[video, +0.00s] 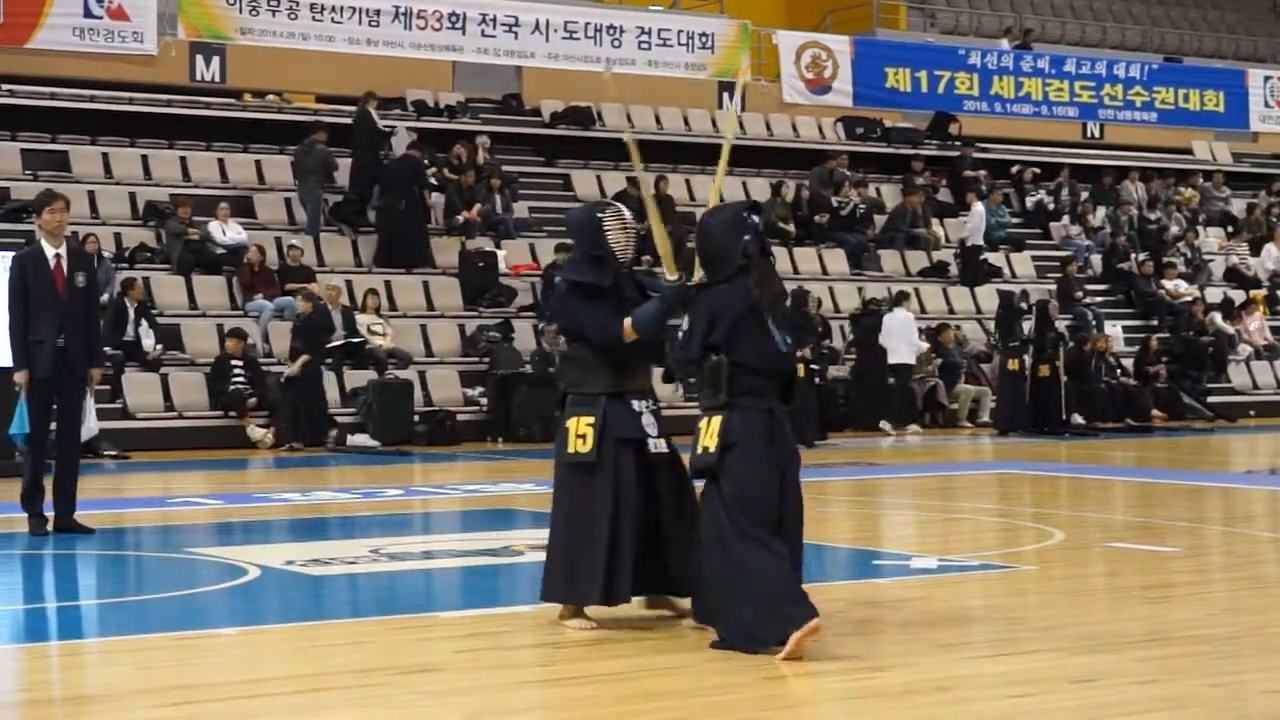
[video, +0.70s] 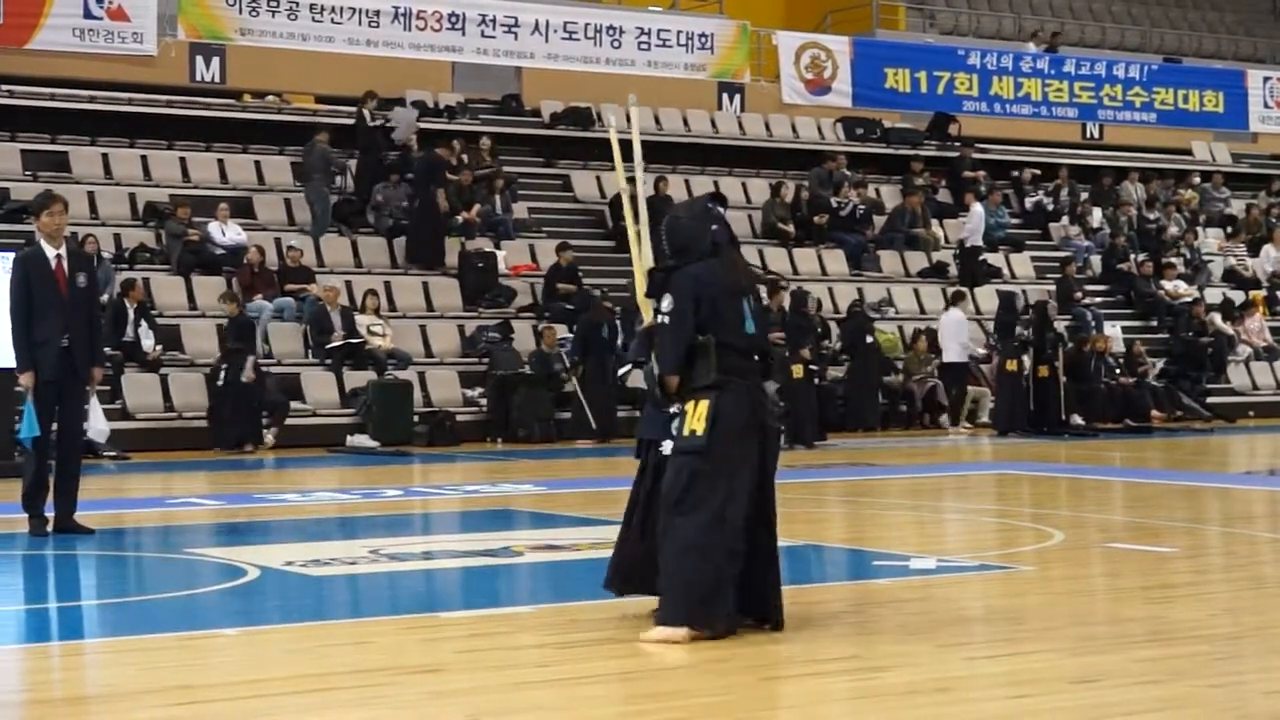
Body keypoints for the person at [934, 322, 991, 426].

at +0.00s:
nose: (951, 335)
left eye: (951, 332)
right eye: (948, 333)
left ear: (953, 333)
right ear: (941, 335)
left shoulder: (955, 347)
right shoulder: (938, 349)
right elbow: (951, 362)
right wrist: (963, 363)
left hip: (960, 384)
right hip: (947, 386)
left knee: (986, 391)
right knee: (968, 390)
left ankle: (983, 418)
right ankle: (962, 420)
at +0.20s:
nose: (951, 335)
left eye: (951, 332)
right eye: (948, 332)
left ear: (952, 333)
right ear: (941, 334)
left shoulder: (953, 347)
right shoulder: (939, 349)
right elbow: (954, 362)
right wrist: (964, 362)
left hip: (959, 383)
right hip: (946, 385)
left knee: (986, 391)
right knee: (968, 390)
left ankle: (983, 417)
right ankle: (962, 419)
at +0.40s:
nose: (944, 305)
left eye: (943, 302)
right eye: (943, 302)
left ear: (930, 301)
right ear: (939, 302)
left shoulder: (921, 316)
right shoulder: (936, 317)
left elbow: (920, 339)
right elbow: (937, 340)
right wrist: (953, 348)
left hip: (922, 358)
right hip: (935, 359)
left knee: (921, 391)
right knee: (945, 391)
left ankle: (914, 420)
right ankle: (950, 422)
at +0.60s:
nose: (960, 304)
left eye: (960, 301)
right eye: (959, 301)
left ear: (946, 301)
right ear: (954, 301)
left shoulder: (937, 316)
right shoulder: (953, 317)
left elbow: (934, 339)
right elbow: (955, 340)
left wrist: (942, 349)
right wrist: (971, 351)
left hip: (940, 358)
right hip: (953, 359)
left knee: (945, 392)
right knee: (957, 393)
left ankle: (930, 411)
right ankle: (954, 424)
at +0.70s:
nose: (967, 304)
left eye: (967, 301)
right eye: (966, 301)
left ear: (952, 301)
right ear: (962, 302)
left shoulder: (944, 316)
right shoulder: (961, 317)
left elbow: (940, 337)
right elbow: (963, 341)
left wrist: (945, 350)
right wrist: (977, 351)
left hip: (946, 357)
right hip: (959, 358)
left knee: (950, 390)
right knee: (961, 391)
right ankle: (955, 423)